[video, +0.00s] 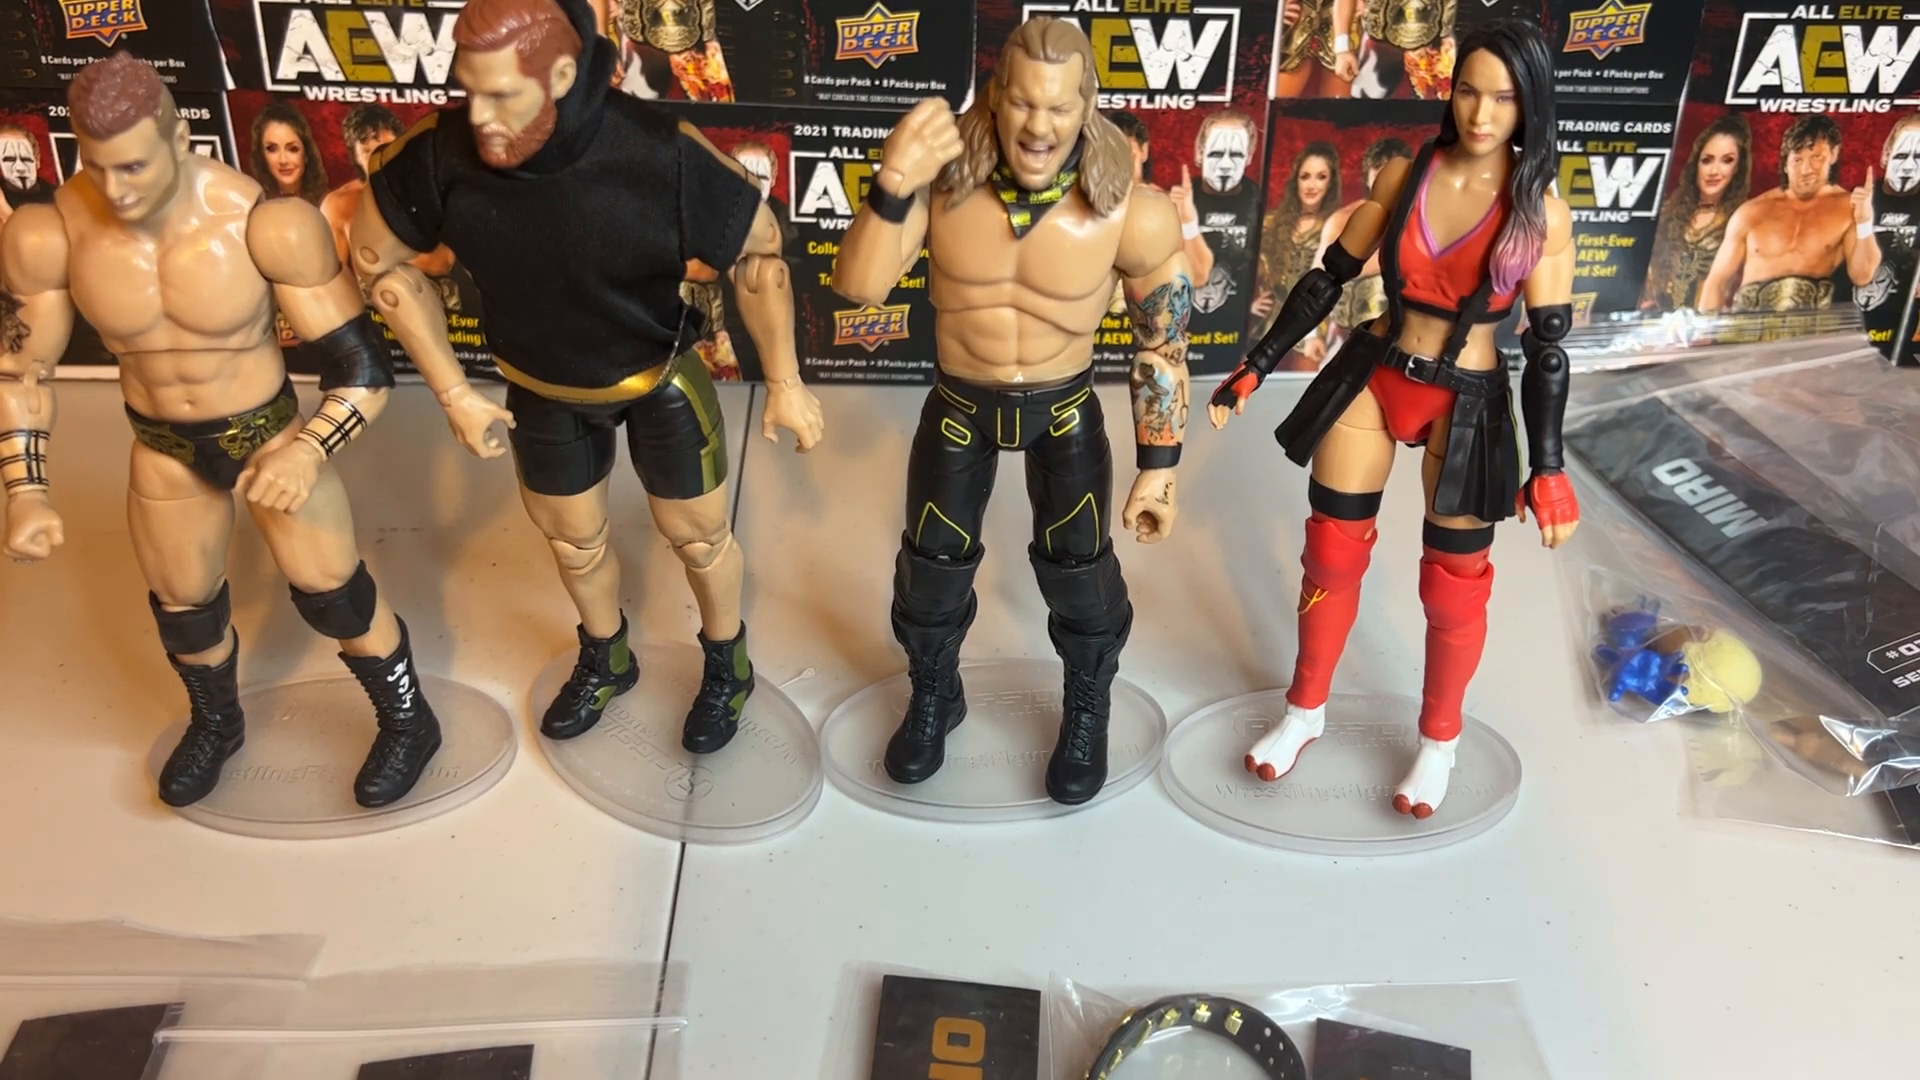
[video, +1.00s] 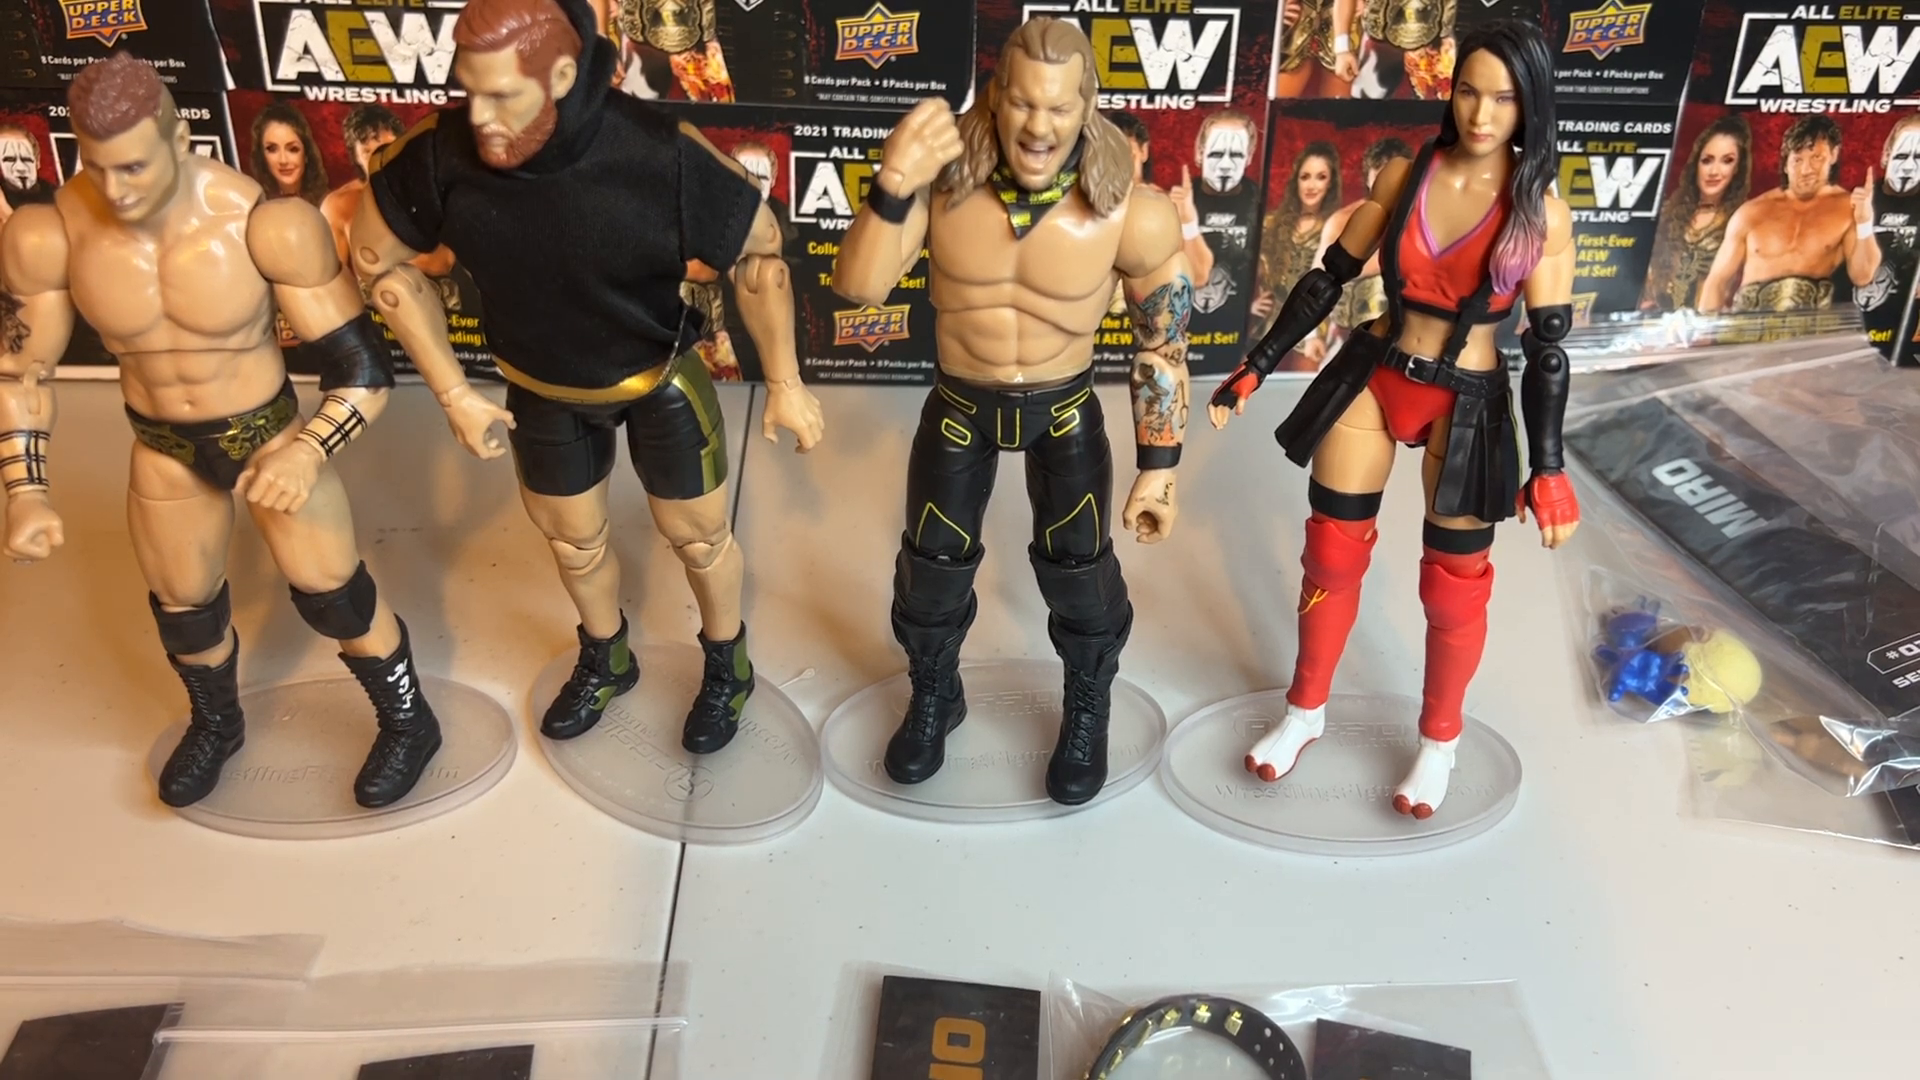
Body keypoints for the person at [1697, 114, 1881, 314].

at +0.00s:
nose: (1806, 169)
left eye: (1817, 158)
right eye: (1797, 160)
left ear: (1834, 156)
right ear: (1785, 162)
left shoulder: (1848, 206)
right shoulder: (1750, 212)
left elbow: (1862, 277)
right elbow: (1717, 281)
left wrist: (1864, 223)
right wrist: (1704, 336)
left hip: (1809, 314)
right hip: (1748, 311)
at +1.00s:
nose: (1806, 169)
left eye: (1817, 158)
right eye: (1797, 160)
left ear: (1834, 156)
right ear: (1785, 162)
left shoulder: (1848, 206)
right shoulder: (1751, 212)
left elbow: (1862, 277)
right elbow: (1718, 281)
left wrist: (1864, 223)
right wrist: (1704, 335)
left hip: (1809, 314)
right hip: (1748, 312)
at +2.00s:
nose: (1806, 169)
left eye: (1816, 158)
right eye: (1797, 160)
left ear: (1834, 156)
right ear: (1785, 162)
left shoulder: (1847, 207)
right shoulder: (1750, 212)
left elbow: (1861, 277)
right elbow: (1718, 281)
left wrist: (1864, 223)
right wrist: (1704, 335)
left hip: (1809, 313)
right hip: (1748, 311)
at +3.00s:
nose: (1806, 169)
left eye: (1816, 158)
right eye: (1797, 160)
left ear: (1834, 156)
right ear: (1785, 163)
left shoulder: (1847, 207)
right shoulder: (1750, 212)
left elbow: (1861, 277)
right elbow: (1718, 281)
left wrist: (1864, 223)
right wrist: (1704, 335)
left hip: (1810, 315)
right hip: (1748, 312)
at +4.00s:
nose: (1806, 169)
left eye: (1816, 158)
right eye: (1797, 160)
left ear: (1834, 156)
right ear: (1785, 163)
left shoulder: (1848, 207)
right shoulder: (1750, 212)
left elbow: (1862, 277)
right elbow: (1718, 282)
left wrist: (1864, 223)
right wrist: (1704, 336)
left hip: (1810, 316)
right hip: (1748, 314)